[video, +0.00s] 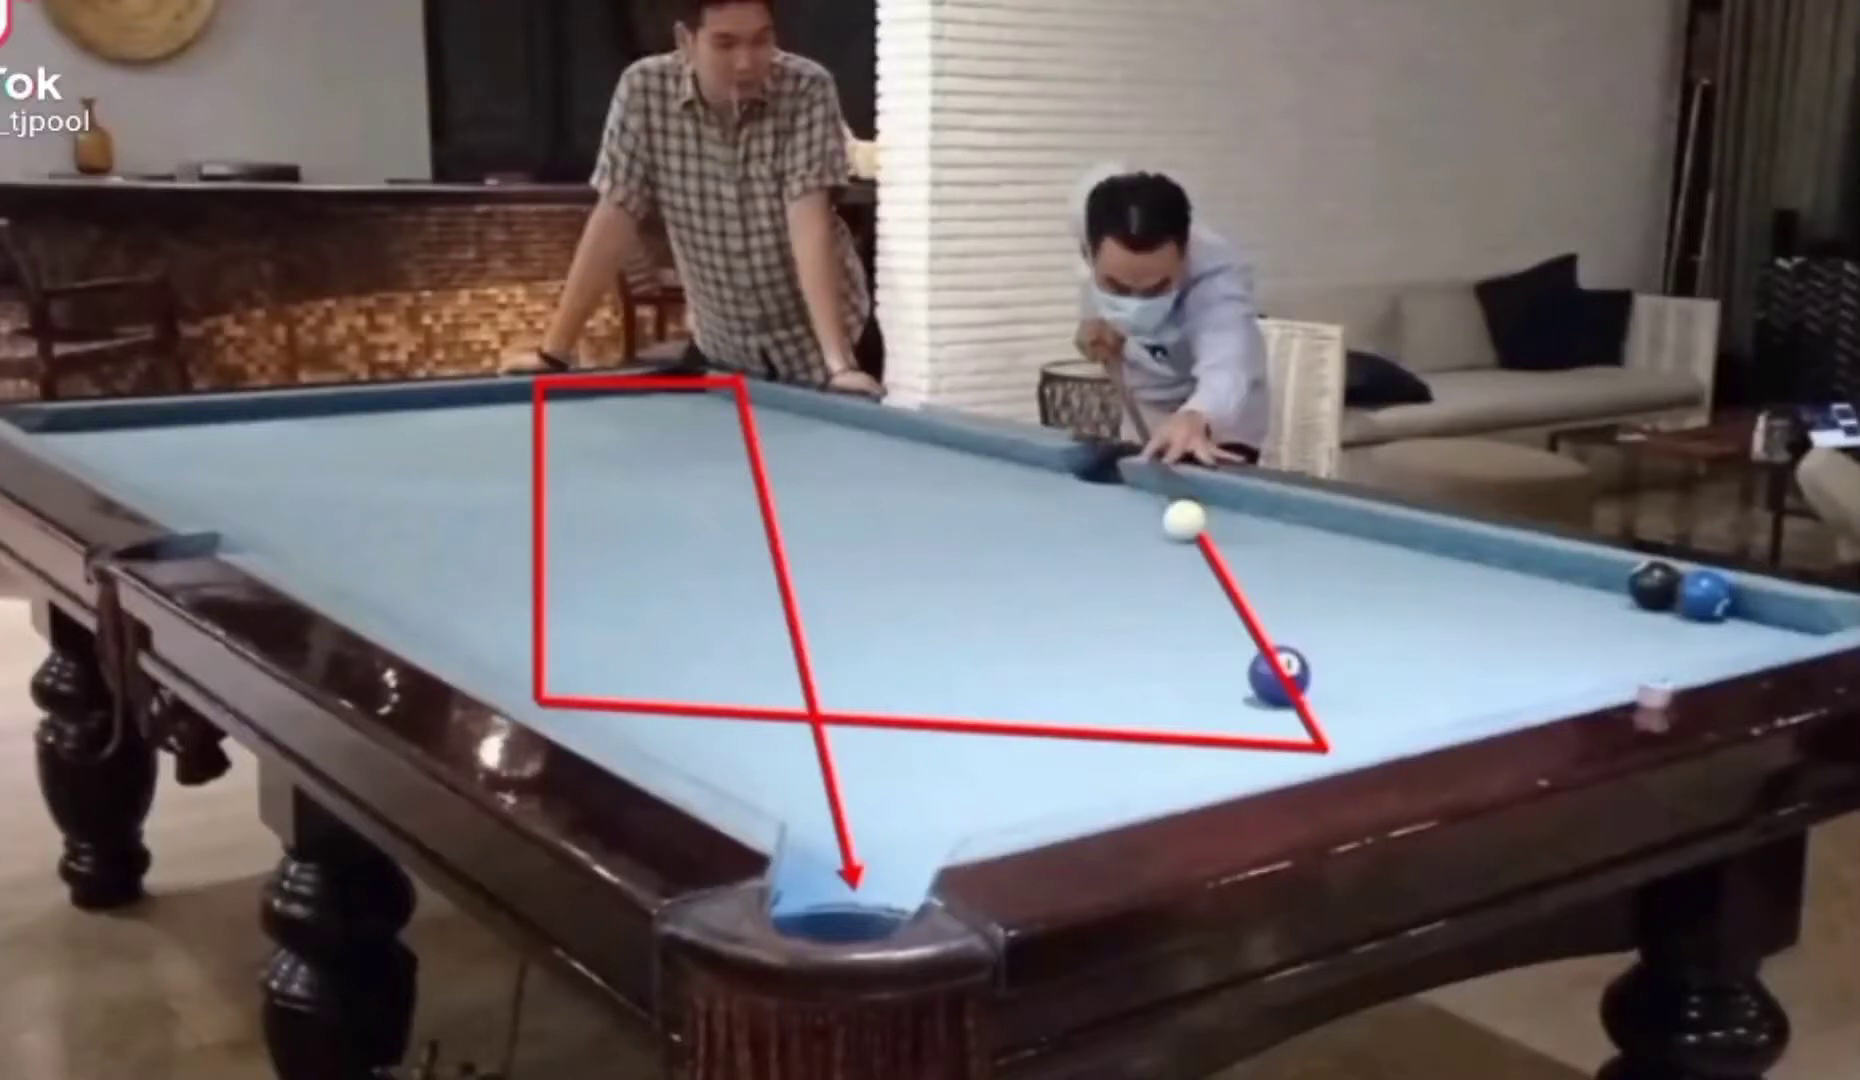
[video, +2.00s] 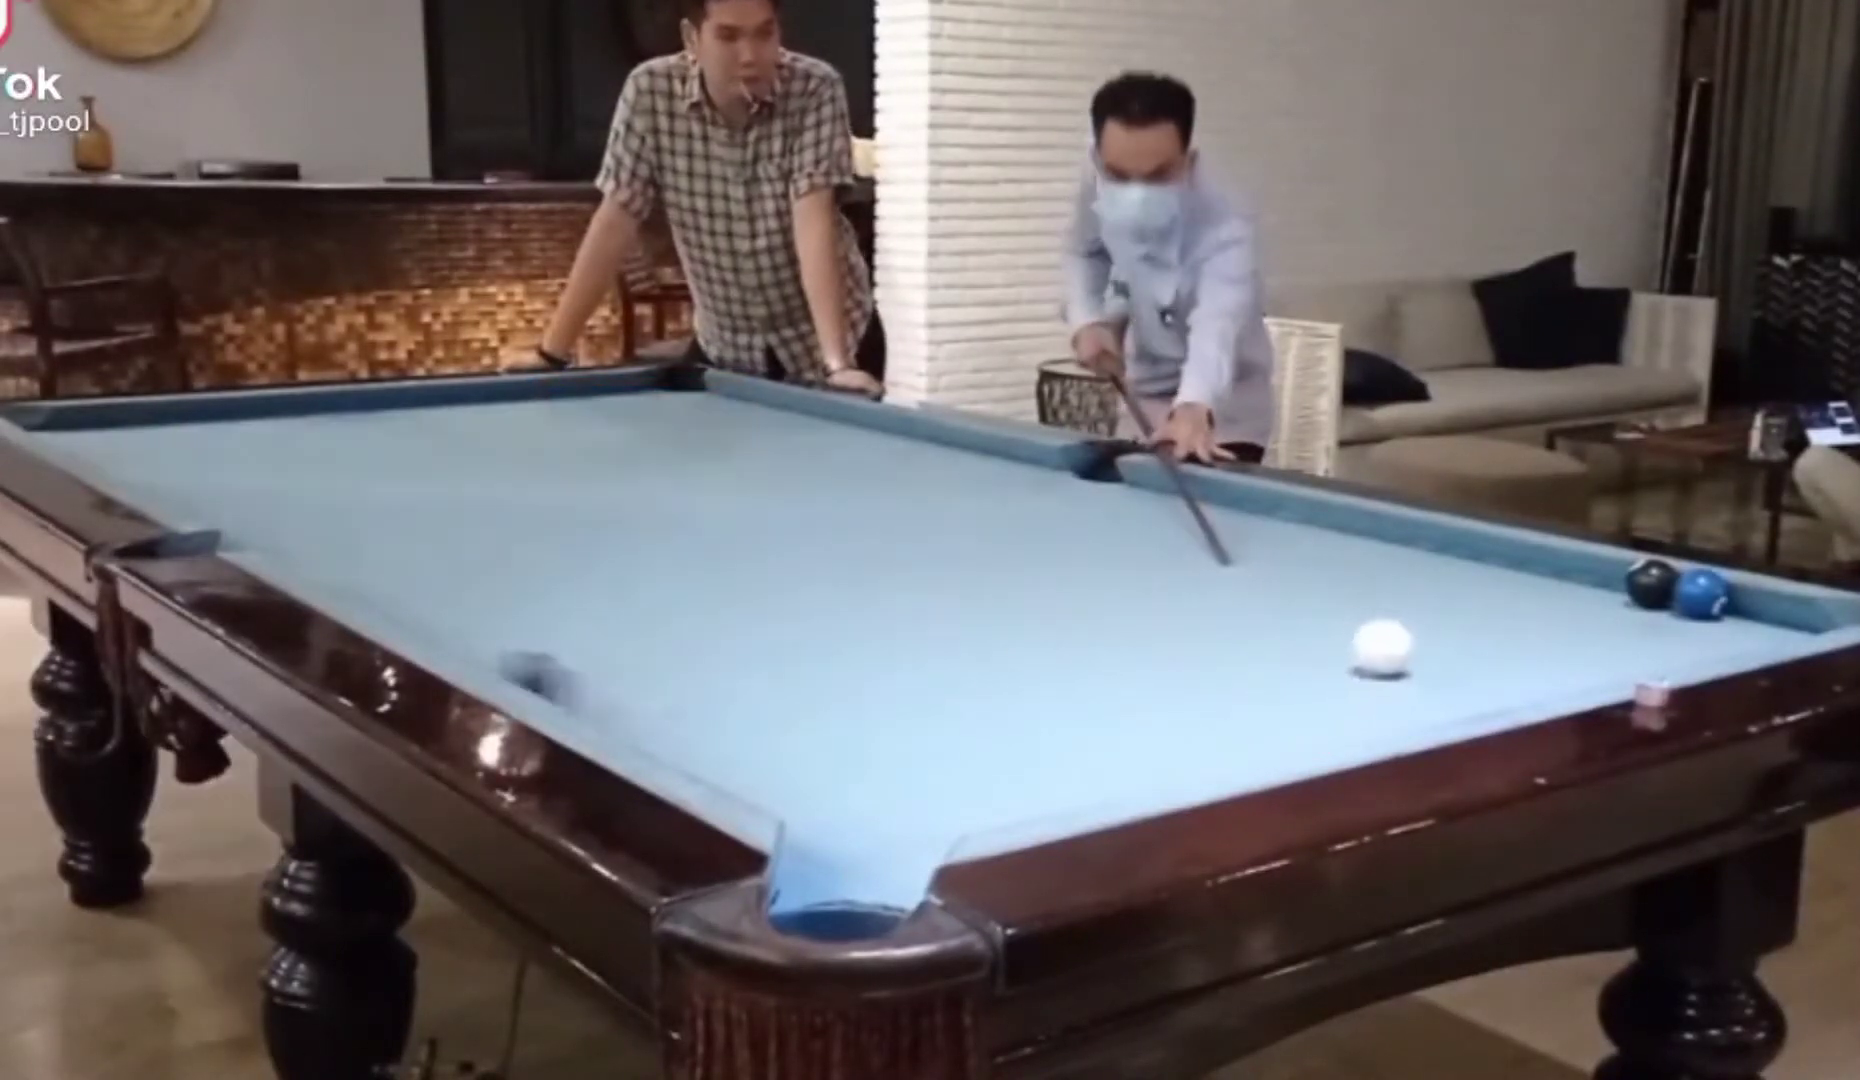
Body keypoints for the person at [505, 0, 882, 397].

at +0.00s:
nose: (746, 63)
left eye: (758, 41)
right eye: (726, 44)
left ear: (774, 35)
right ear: (686, 43)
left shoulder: (806, 88)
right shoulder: (644, 90)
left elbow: (810, 220)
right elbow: (614, 215)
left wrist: (839, 365)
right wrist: (553, 353)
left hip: (825, 350)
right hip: (723, 350)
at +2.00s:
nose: (750, 55)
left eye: (764, 34)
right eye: (728, 37)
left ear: (780, 32)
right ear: (692, 40)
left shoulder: (814, 89)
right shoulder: (650, 91)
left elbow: (814, 214)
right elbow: (618, 215)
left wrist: (838, 362)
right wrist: (552, 353)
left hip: (830, 346)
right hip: (726, 349)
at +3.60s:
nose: (757, 29)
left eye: (765, 13)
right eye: (737, 15)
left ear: (777, 19)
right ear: (691, 23)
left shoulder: (811, 101)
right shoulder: (638, 90)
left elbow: (858, 225)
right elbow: (610, 214)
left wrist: (836, 288)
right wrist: (553, 350)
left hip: (814, 342)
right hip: (701, 345)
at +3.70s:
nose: (766, 31)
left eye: (774, 14)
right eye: (745, 16)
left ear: (784, 19)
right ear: (698, 24)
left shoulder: (813, 102)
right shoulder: (642, 88)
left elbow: (858, 228)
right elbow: (610, 217)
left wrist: (832, 248)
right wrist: (552, 350)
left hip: (816, 336)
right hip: (702, 341)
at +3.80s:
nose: (772, 35)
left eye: (779, 17)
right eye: (751, 19)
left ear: (789, 21)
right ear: (704, 25)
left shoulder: (814, 100)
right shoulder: (645, 87)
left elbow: (852, 247)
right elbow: (610, 218)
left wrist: (820, 202)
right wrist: (552, 351)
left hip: (815, 333)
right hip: (701, 339)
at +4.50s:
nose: (767, 40)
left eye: (777, 23)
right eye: (746, 23)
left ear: (788, 26)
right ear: (703, 26)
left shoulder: (812, 101)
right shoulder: (649, 89)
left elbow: (845, 222)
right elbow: (612, 218)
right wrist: (552, 352)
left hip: (808, 335)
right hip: (701, 344)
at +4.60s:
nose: (762, 38)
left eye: (772, 20)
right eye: (741, 20)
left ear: (783, 25)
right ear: (697, 24)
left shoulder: (810, 101)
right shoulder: (646, 90)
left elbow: (839, 212)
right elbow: (611, 218)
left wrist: (842, 307)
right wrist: (552, 351)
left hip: (808, 338)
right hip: (702, 345)